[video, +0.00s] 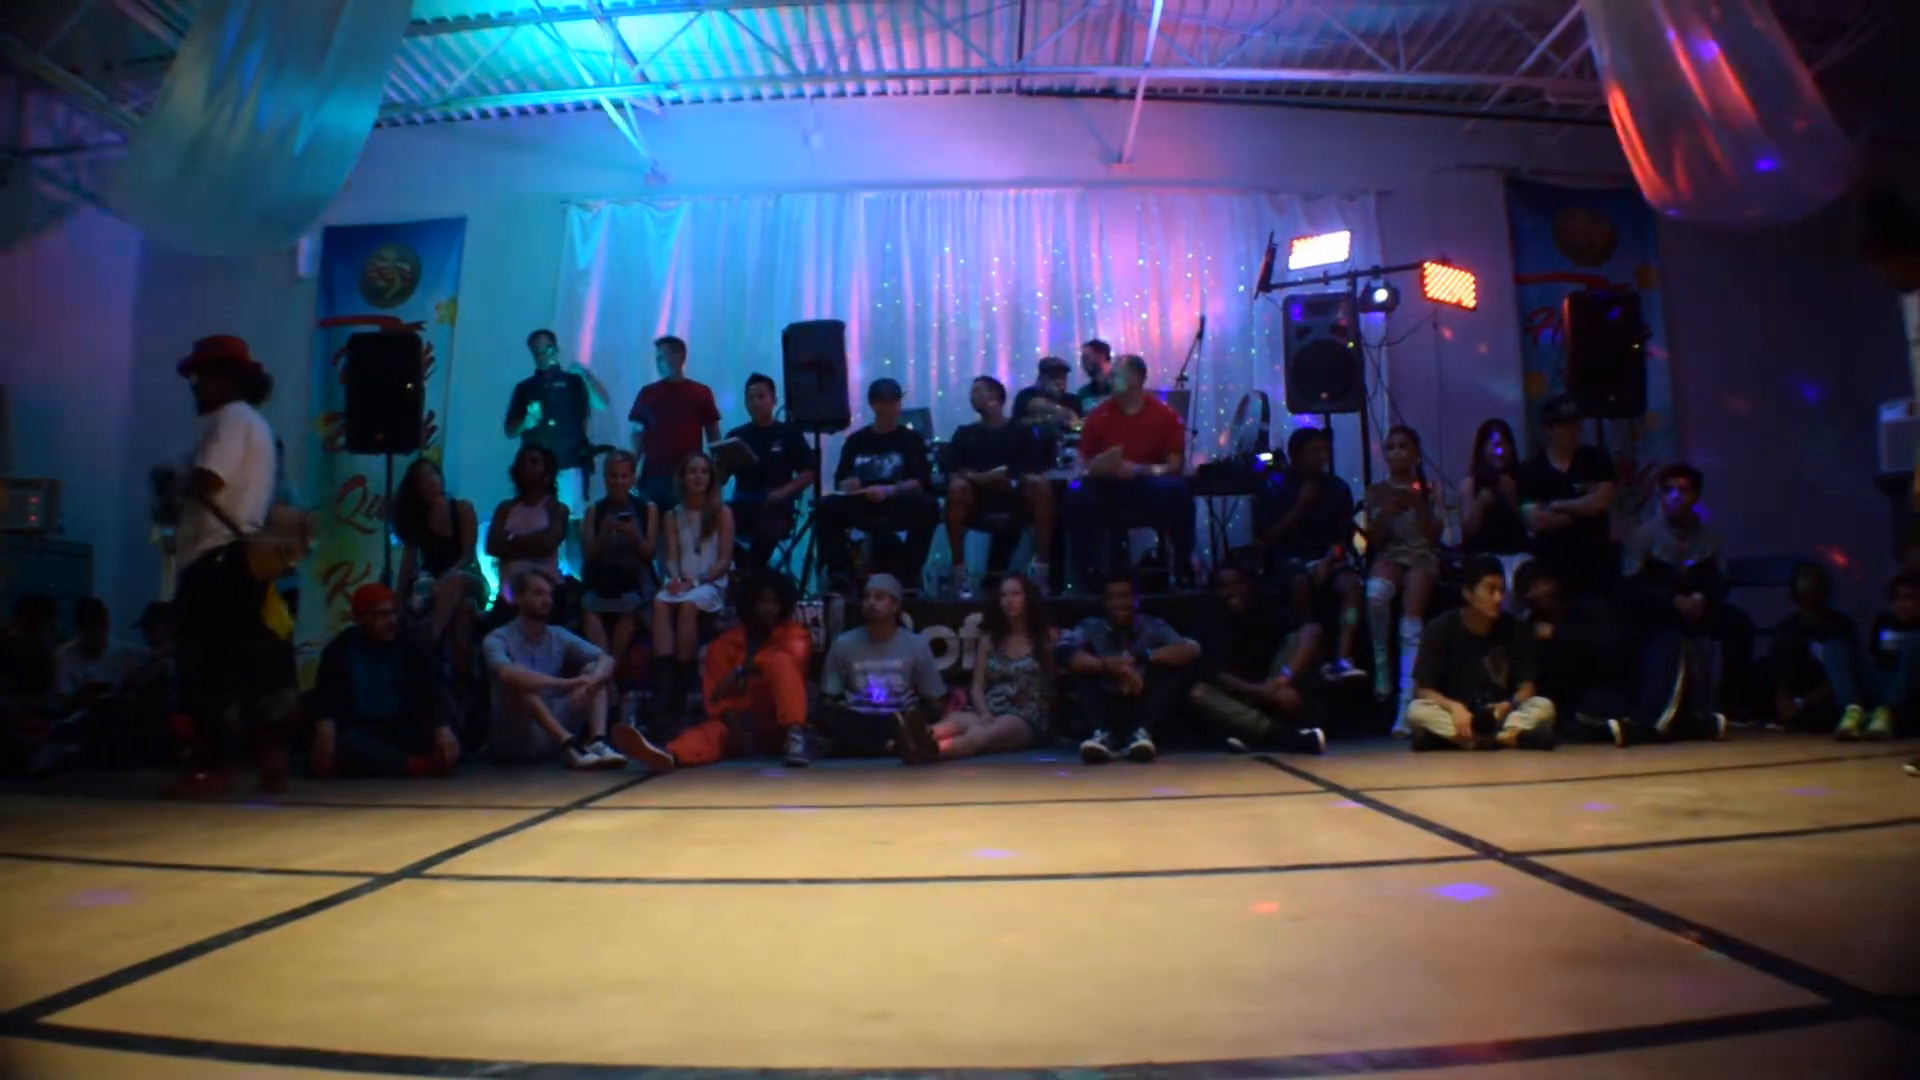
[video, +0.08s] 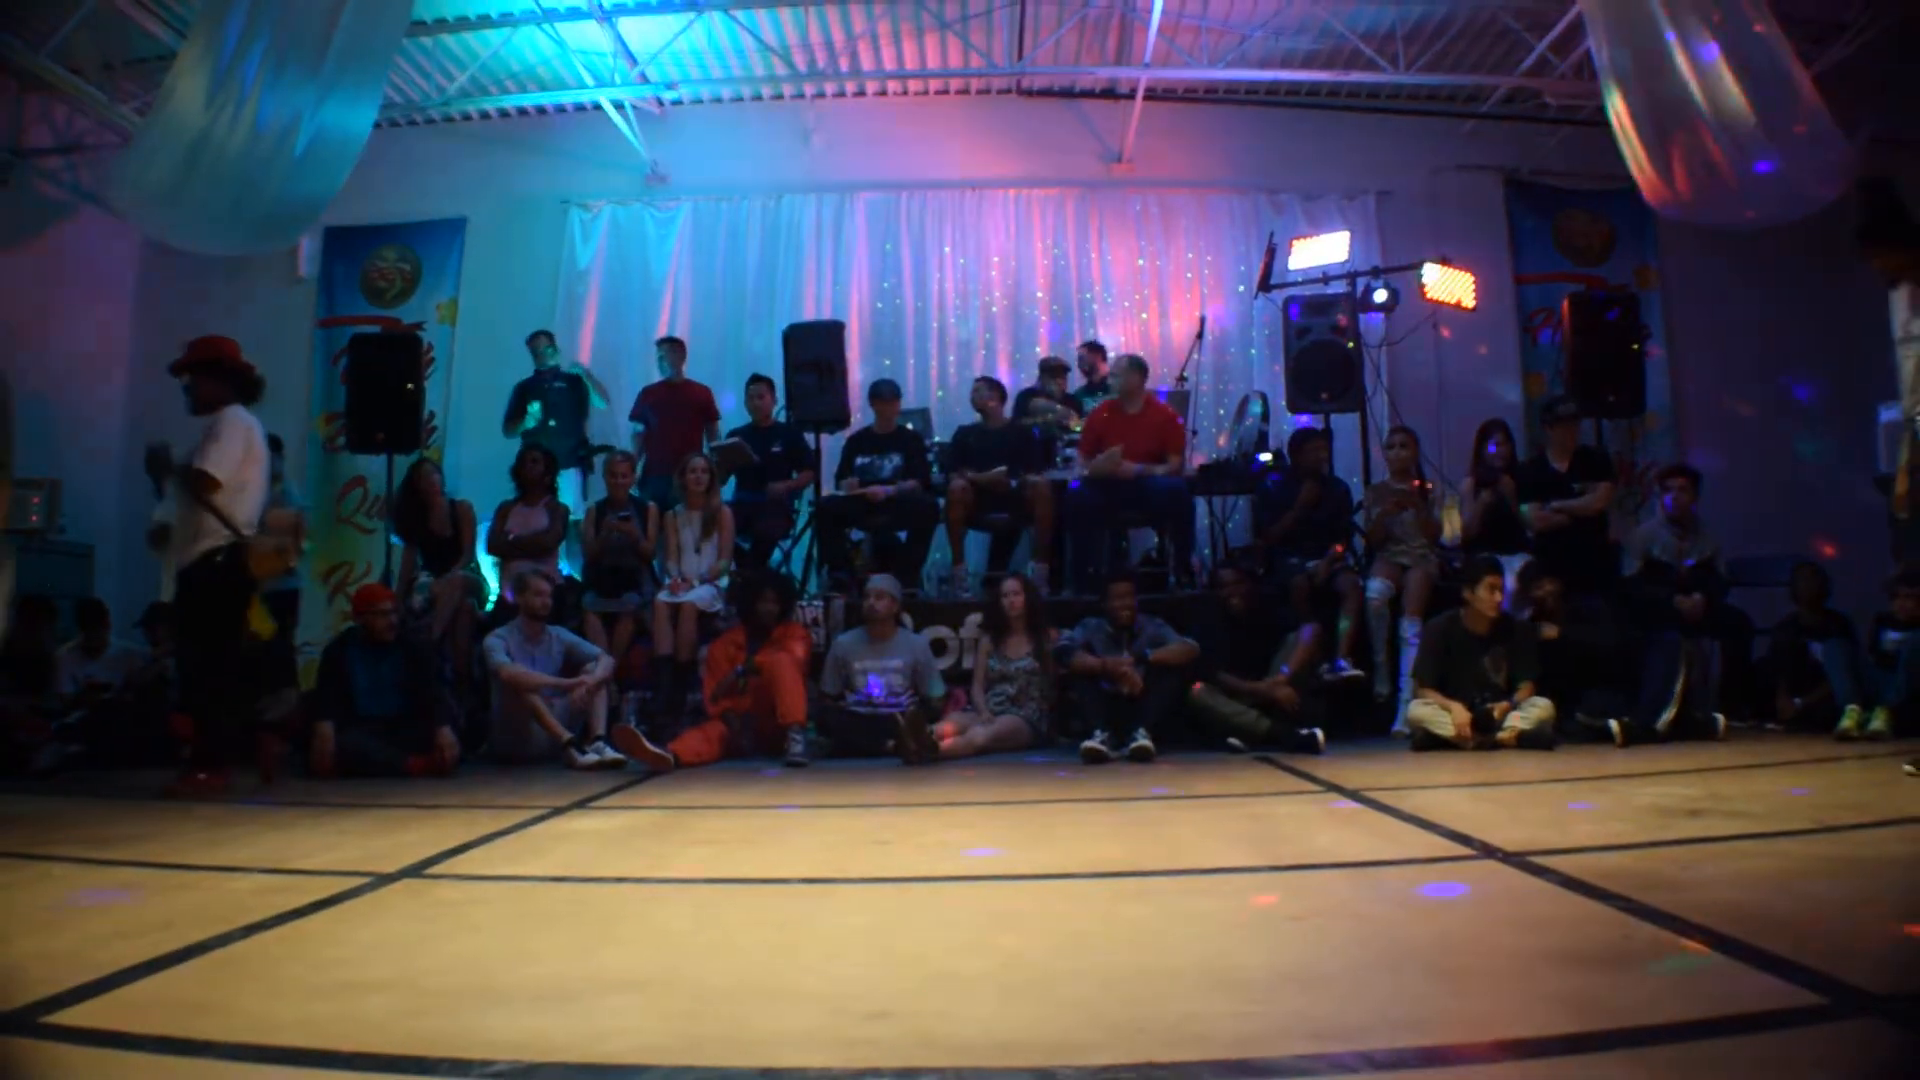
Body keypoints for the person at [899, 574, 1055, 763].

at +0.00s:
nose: (1008, 601)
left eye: (1015, 594)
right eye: (1004, 595)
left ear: (1029, 598)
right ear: (998, 601)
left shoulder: (1042, 639)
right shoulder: (990, 640)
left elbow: (1052, 684)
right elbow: (977, 686)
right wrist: (985, 714)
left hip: (1027, 714)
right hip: (991, 710)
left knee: (984, 735)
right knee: (956, 720)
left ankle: (932, 751)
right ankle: (921, 736)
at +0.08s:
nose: (1011, 601)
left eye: (1016, 594)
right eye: (1005, 596)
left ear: (1029, 598)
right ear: (999, 601)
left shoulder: (1044, 639)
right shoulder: (989, 641)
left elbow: (1052, 682)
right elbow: (977, 686)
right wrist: (984, 712)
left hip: (1027, 713)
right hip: (991, 709)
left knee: (981, 737)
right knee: (953, 722)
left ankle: (931, 752)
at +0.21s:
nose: (1013, 601)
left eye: (1019, 594)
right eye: (1007, 596)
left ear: (1029, 598)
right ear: (999, 602)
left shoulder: (1043, 639)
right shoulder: (989, 641)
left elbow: (1053, 682)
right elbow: (977, 686)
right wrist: (984, 711)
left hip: (1027, 713)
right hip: (991, 710)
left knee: (985, 736)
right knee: (953, 723)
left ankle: (932, 752)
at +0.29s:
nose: (1014, 601)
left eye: (1019, 594)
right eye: (1008, 596)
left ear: (1030, 598)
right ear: (1000, 602)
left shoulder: (1045, 638)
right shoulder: (989, 640)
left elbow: (1054, 680)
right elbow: (977, 688)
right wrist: (984, 711)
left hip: (1028, 712)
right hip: (991, 710)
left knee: (981, 736)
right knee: (954, 722)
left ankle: (930, 752)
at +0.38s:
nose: (1014, 601)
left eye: (1019, 594)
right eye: (1008, 596)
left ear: (1030, 598)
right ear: (1000, 601)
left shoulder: (1046, 637)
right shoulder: (989, 641)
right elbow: (977, 687)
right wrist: (984, 712)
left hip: (1028, 713)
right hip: (992, 710)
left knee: (981, 737)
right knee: (956, 721)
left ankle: (930, 752)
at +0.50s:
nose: (1015, 600)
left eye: (1020, 594)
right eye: (1009, 596)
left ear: (1030, 598)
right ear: (1001, 602)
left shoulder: (1043, 638)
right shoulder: (989, 640)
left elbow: (1053, 681)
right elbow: (978, 686)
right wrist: (984, 711)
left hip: (1029, 713)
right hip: (993, 711)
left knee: (980, 736)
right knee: (956, 720)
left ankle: (931, 752)